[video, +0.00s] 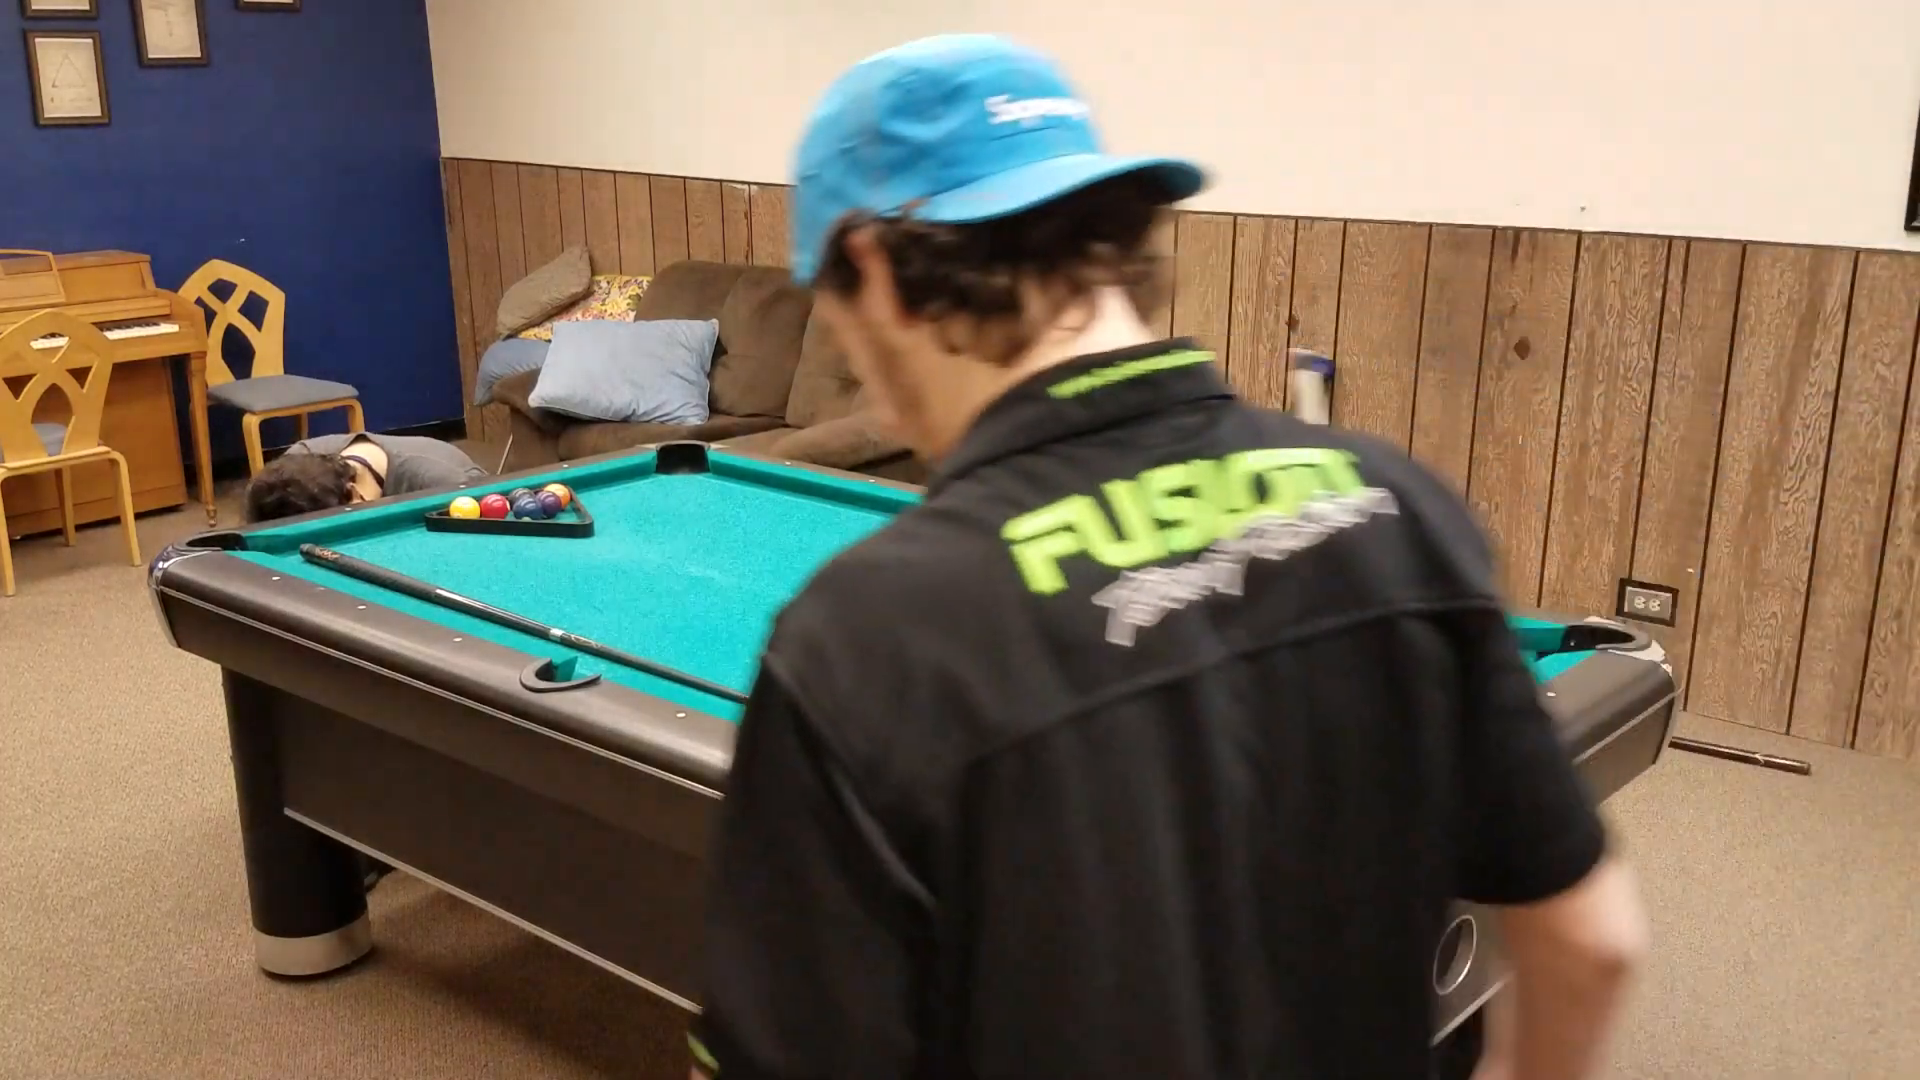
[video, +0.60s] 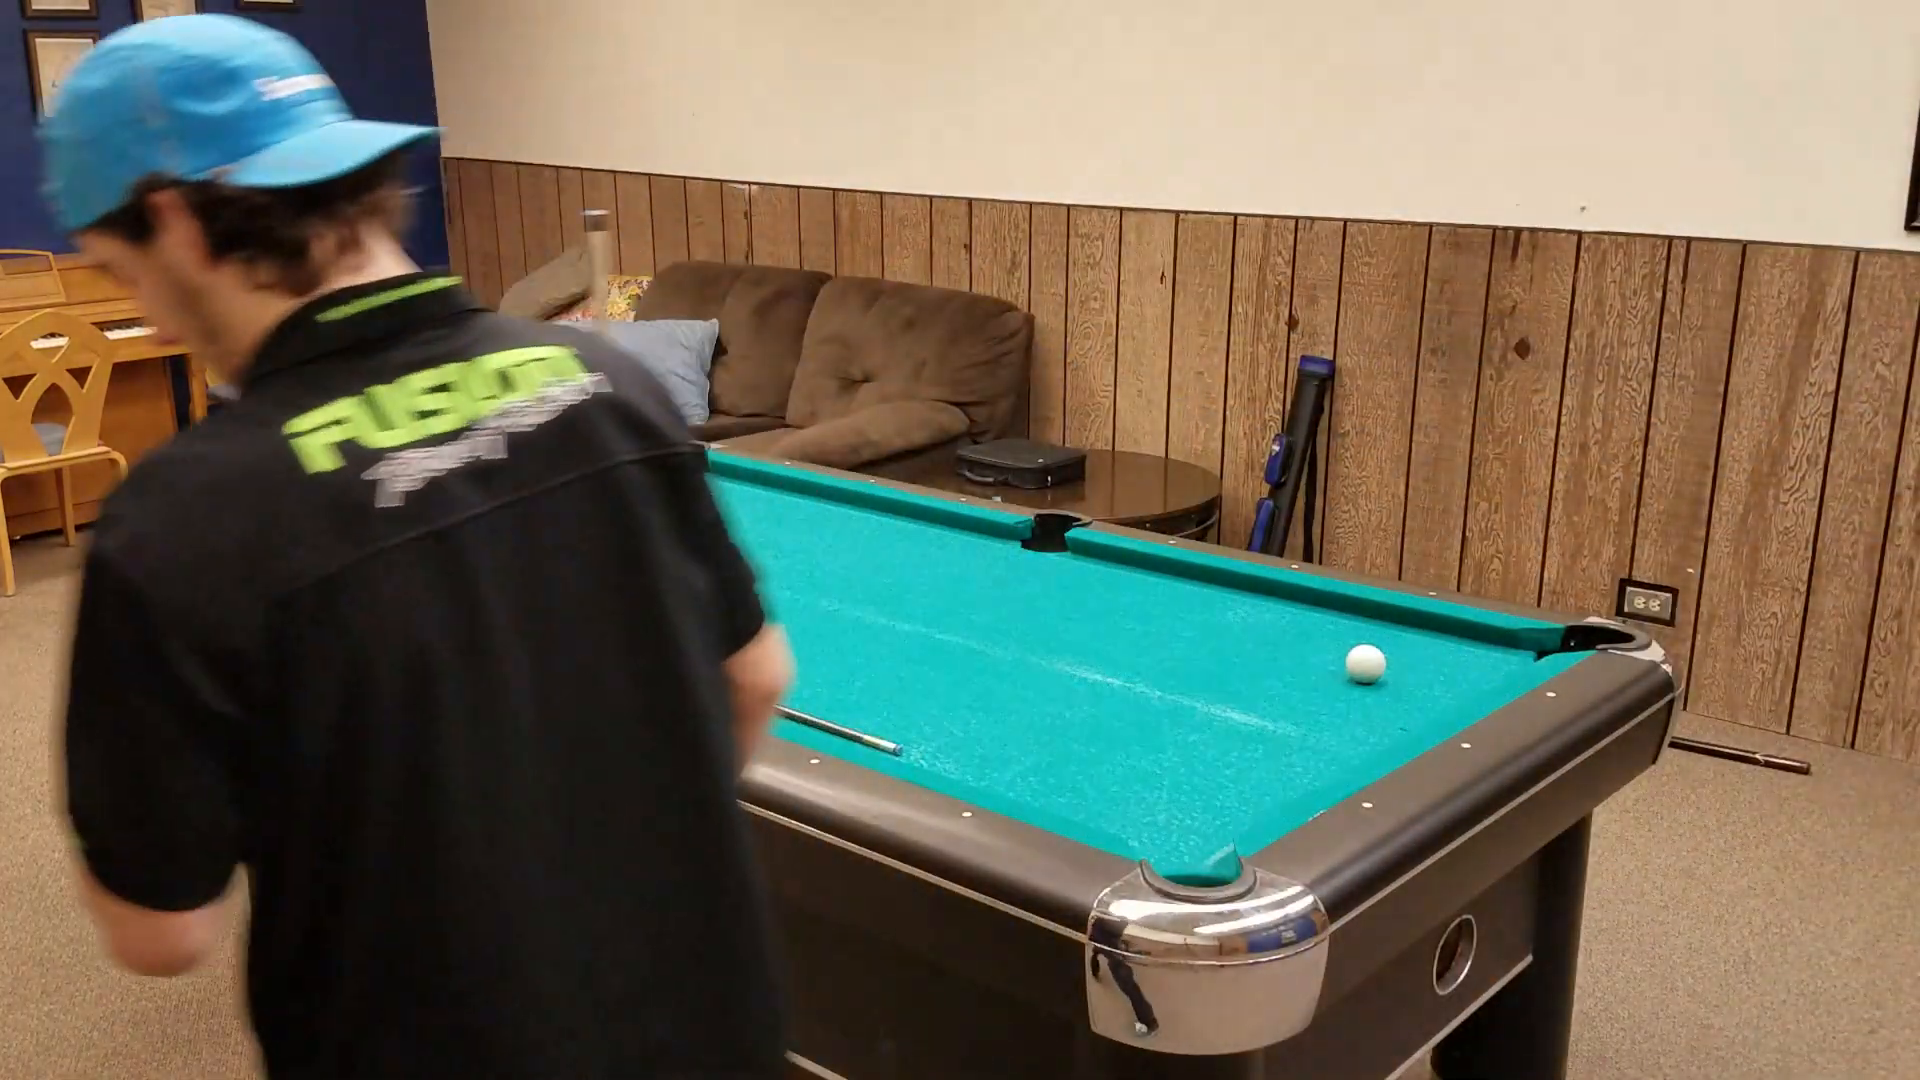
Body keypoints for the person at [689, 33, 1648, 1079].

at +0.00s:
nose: (865, 397)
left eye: (837, 332)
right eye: (836, 341)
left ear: (873, 276)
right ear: (1119, 239)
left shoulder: (864, 650)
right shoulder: (1394, 505)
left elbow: (795, 1047)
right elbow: (1588, 941)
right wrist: (1522, 1062)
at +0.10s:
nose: (762, 387)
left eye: (734, 328)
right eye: (731, 339)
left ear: (767, 256)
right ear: (977, 220)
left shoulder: (763, 586)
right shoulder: (1239, 473)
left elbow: (685, 1051)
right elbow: (1418, 875)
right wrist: (1337, 1063)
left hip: (918, 1055)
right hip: (1212, 1055)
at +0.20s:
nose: (657, 340)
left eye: (624, 282)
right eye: (621, 291)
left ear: (669, 214)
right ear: (849, 187)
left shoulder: (659, 534)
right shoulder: (1108, 430)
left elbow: (599, 1018)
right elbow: (1260, 783)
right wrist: (1185, 974)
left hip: (784, 1058)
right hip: (1092, 1052)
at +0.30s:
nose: (538, 298)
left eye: (512, 246)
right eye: (507, 255)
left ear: (559, 182)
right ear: (734, 137)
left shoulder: (557, 494)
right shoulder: (992, 373)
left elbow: (520, 958)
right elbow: (1128, 712)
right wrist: (1013, 889)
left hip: (700, 1054)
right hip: (1011, 1044)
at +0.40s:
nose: (417, 292)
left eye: (393, 239)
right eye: (389, 247)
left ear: (445, 174)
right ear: (605, 128)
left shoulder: (453, 475)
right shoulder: (869, 356)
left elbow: (422, 925)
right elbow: (1005, 672)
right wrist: (873, 838)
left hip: (606, 1053)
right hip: (913, 1037)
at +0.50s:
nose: (291, 307)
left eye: (265, 257)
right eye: (260, 267)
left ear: (320, 191)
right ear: (474, 146)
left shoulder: (316, 504)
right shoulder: (739, 361)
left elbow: (298, 929)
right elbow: (877, 669)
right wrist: (754, 818)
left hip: (513, 1050)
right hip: (830, 1030)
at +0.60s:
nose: (146, 317)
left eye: (122, 274)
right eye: (117, 281)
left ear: (176, 223)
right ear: (346, 182)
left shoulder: (180, 530)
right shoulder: (594, 377)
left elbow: (159, 932)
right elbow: (756, 671)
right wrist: (653, 818)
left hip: (402, 1053)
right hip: (705, 1023)